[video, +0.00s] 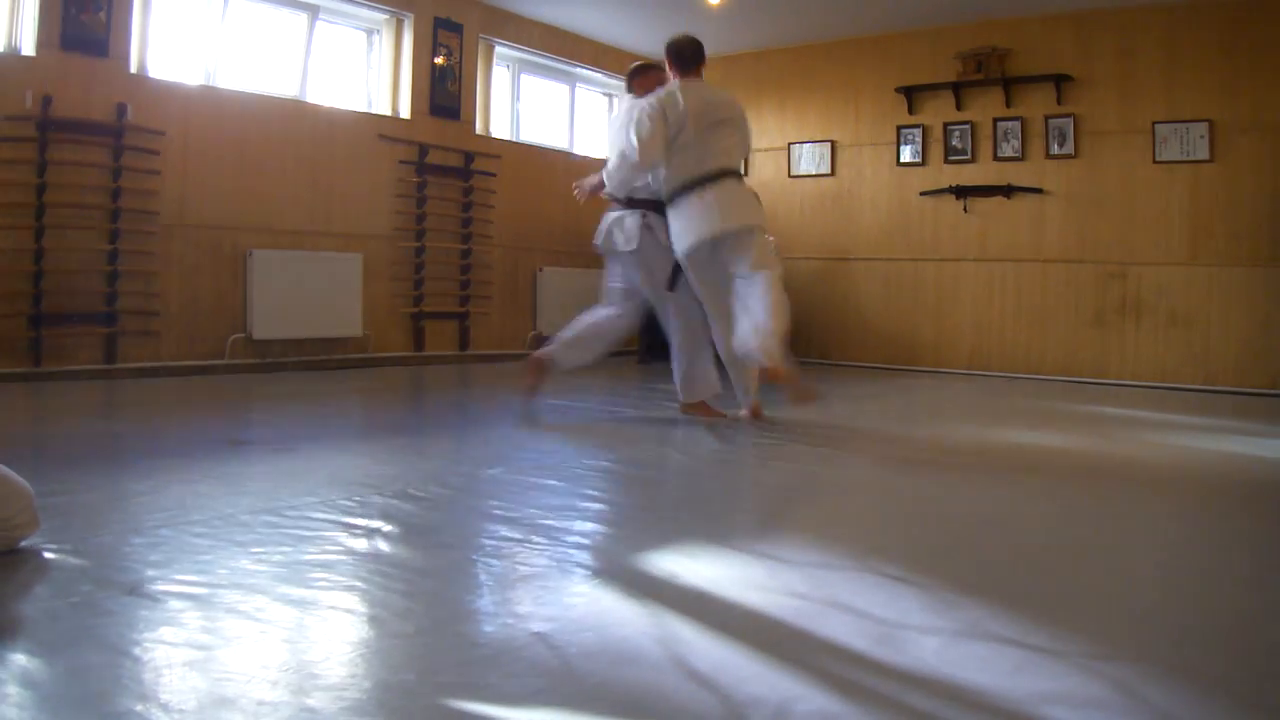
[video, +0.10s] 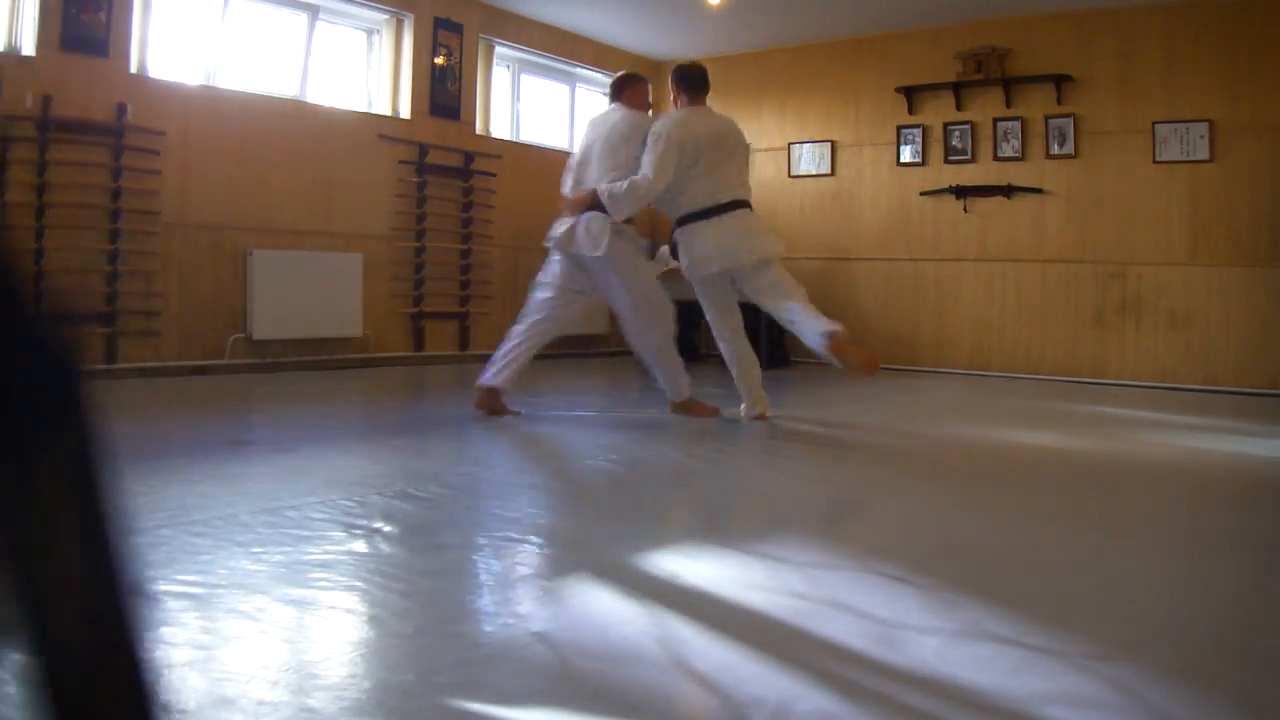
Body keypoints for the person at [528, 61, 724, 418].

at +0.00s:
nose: (666, 87)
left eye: (664, 81)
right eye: (661, 82)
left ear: (632, 86)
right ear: (645, 85)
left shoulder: (621, 116)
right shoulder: (650, 111)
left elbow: (625, 167)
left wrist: (596, 181)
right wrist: (598, 180)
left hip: (618, 223)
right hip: (646, 224)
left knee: (621, 309)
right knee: (683, 308)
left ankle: (549, 356)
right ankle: (694, 397)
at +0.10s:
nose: (649, 100)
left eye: (648, 93)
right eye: (646, 93)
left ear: (614, 95)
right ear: (633, 93)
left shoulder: (594, 125)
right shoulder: (643, 123)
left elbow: (570, 184)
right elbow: (656, 174)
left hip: (571, 231)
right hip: (611, 233)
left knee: (540, 313)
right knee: (651, 311)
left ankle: (490, 386)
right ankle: (680, 396)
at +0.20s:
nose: (640, 109)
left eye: (639, 102)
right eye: (636, 102)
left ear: (605, 102)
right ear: (621, 101)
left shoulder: (578, 127)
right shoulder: (630, 133)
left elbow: (546, 179)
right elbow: (630, 190)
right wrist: (623, 223)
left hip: (544, 227)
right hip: (583, 231)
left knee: (529, 321)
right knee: (627, 314)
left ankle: (487, 393)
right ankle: (662, 398)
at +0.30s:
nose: (635, 112)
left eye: (635, 105)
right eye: (631, 104)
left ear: (602, 101)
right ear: (616, 101)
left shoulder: (569, 125)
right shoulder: (620, 129)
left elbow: (541, 172)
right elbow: (624, 183)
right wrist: (612, 224)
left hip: (534, 221)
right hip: (570, 221)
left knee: (524, 317)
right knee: (625, 302)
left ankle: (489, 399)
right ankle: (626, 392)